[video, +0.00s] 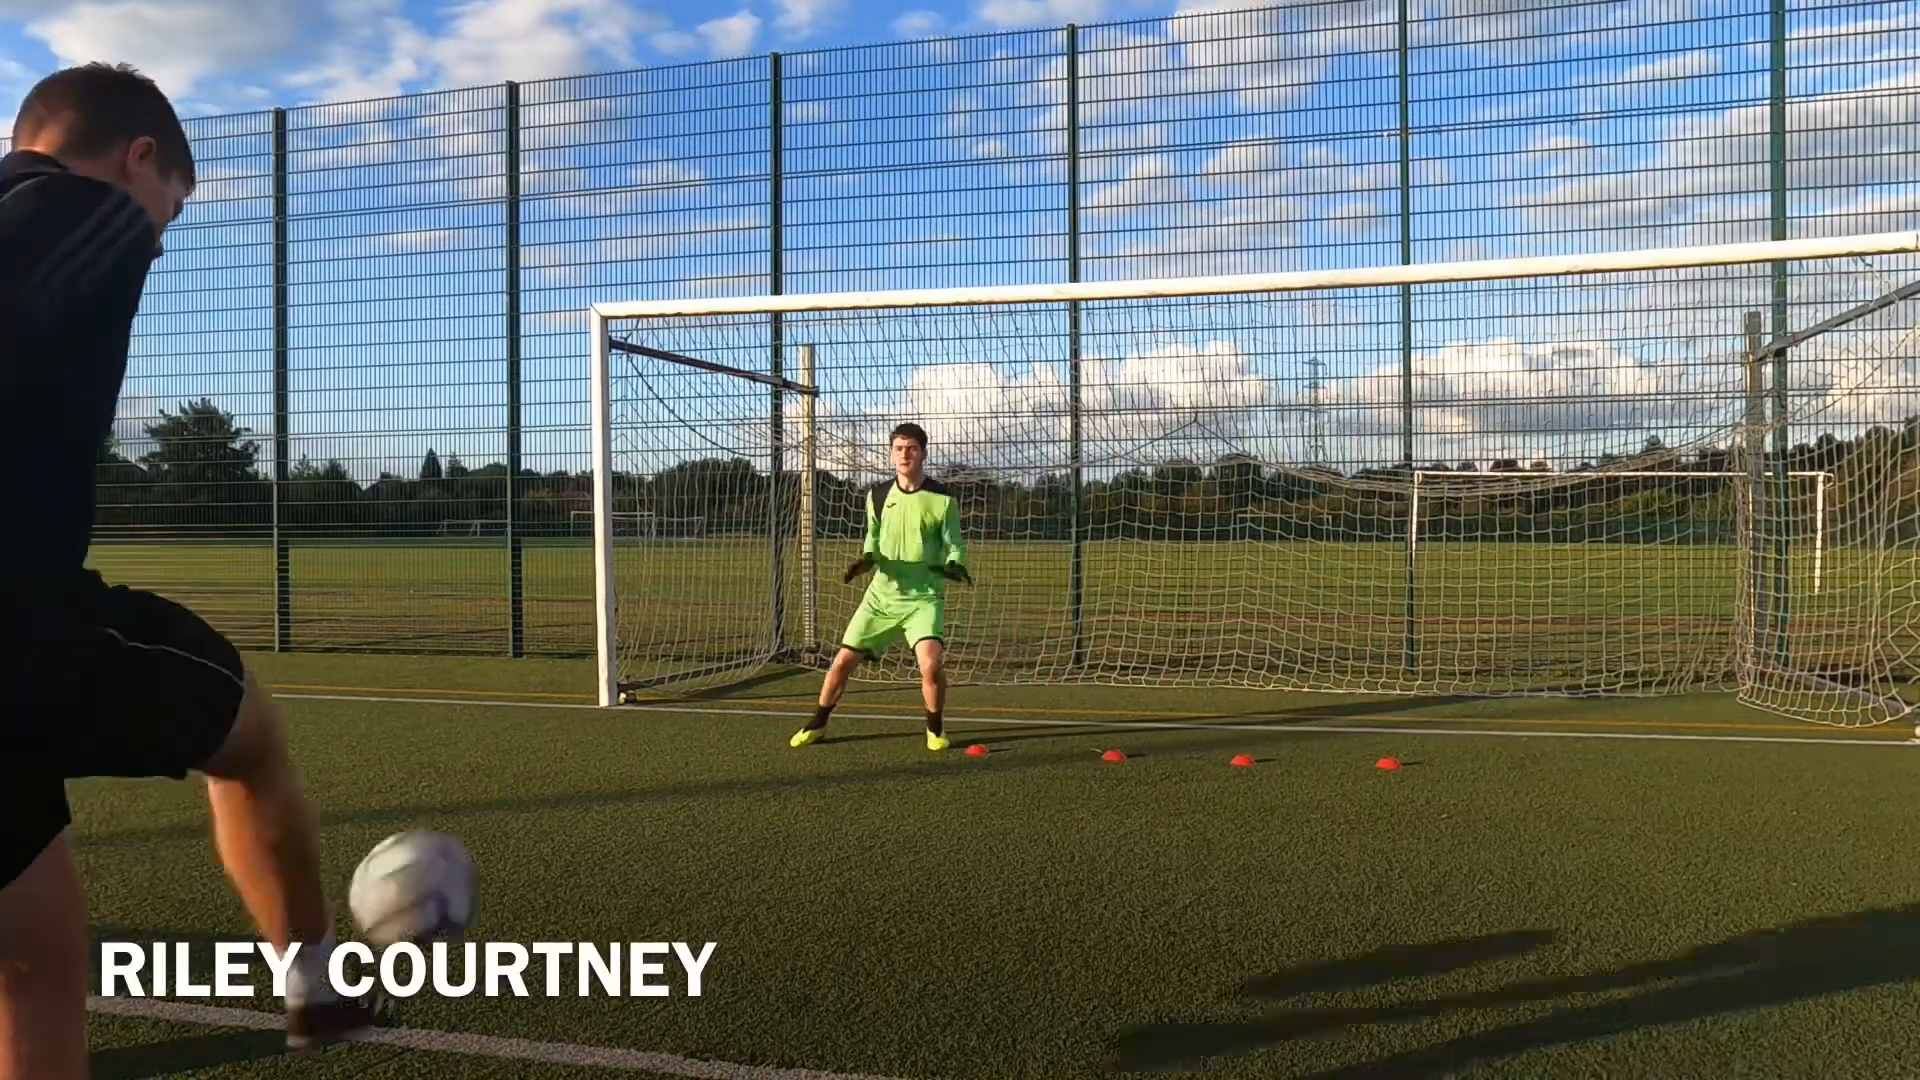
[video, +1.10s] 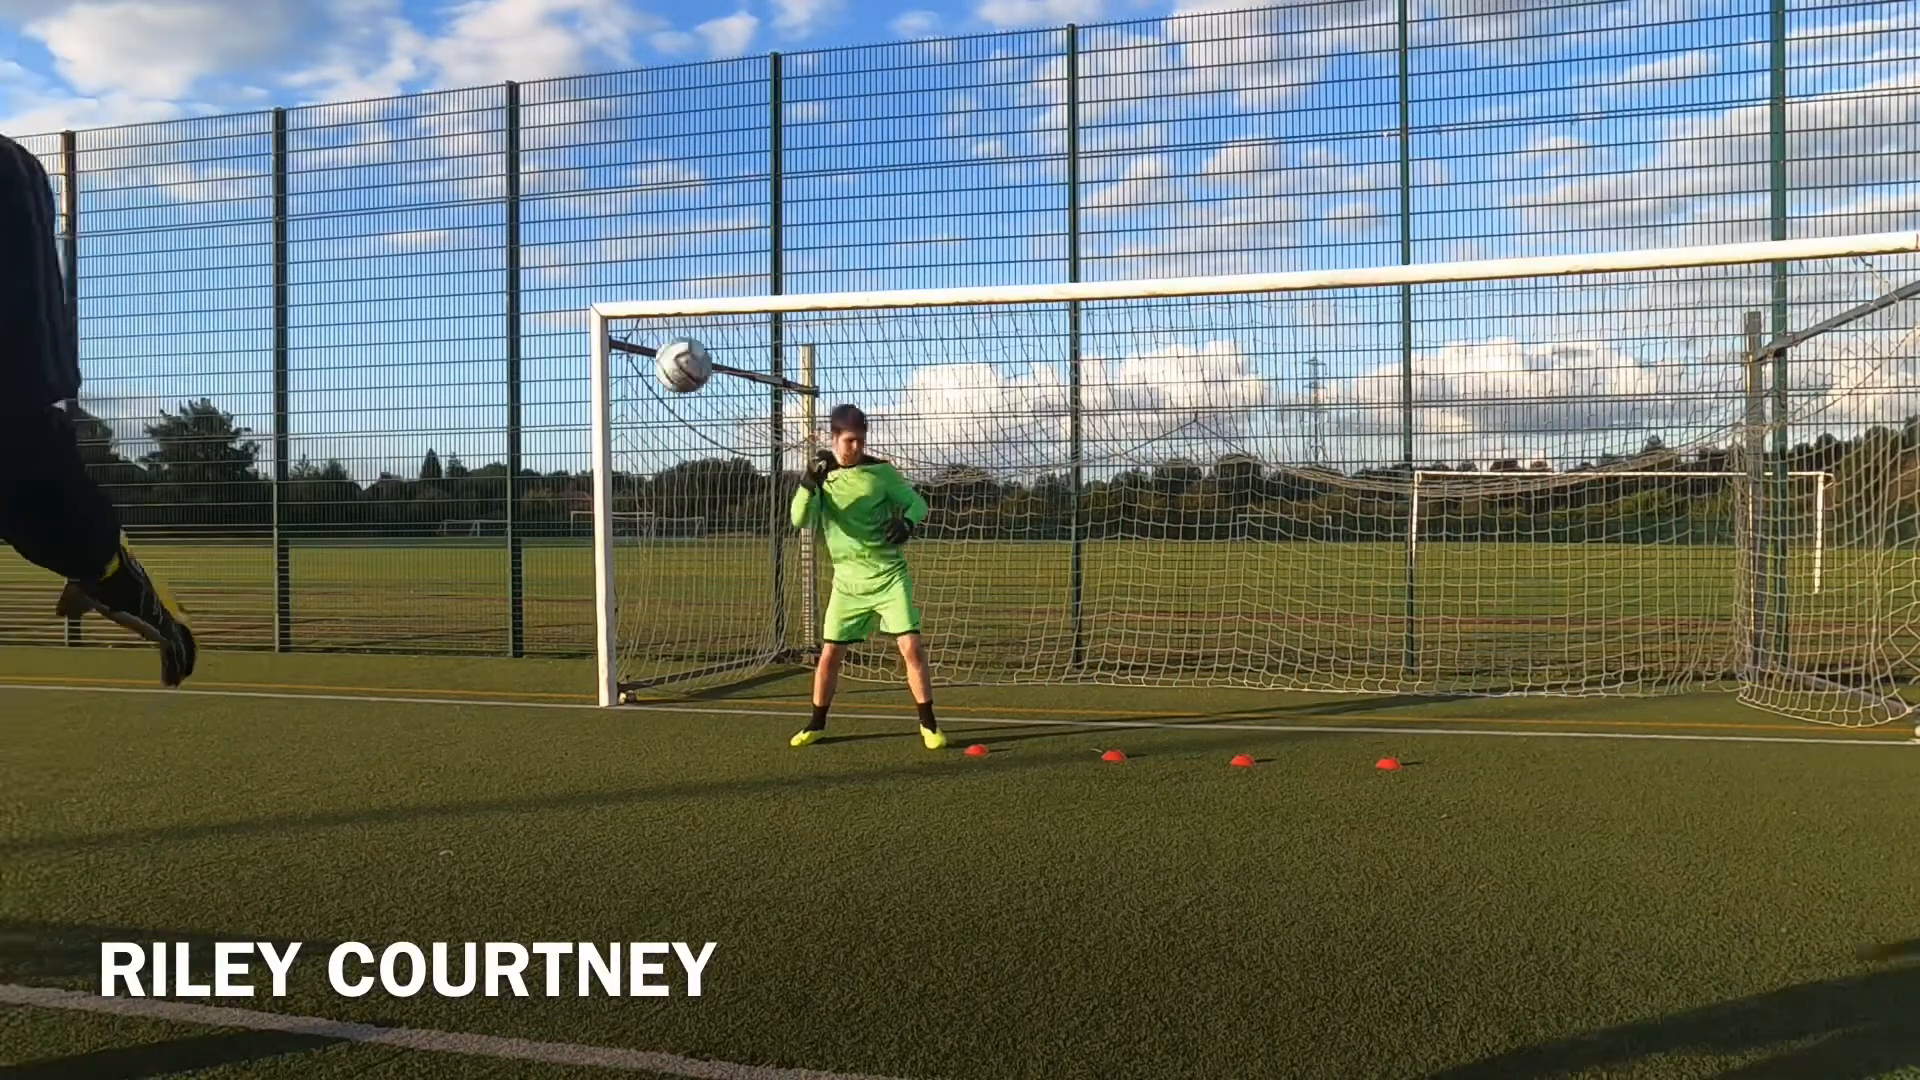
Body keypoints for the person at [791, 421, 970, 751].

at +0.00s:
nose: (904, 455)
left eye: (911, 449)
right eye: (899, 449)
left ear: (923, 454)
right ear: (891, 455)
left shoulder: (943, 501)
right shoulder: (877, 497)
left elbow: (955, 545)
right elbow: (871, 540)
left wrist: (955, 565)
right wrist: (865, 560)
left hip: (923, 599)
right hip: (880, 597)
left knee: (931, 665)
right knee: (842, 662)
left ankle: (935, 729)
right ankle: (818, 723)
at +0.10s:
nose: (892, 449)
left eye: (898, 444)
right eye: (886, 444)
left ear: (910, 448)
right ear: (879, 449)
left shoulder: (927, 496)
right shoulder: (862, 491)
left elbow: (935, 553)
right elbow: (851, 541)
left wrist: (925, 547)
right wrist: (842, 538)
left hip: (911, 597)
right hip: (866, 595)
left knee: (923, 663)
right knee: (831, 661)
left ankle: (935, 729)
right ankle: (816, 725)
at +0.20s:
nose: (880, 440)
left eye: (887, 434)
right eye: (875, 434)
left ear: (899, 439)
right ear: (866, 440)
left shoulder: (913, 485)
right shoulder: (853, 482)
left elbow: (913, 534)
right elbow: (830, 528)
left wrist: (899, 514)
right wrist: (828, 499)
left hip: (902, 590)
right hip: (858, 591)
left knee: (919, 660)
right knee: (828, 658)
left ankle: (935, 729)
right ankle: (816, 723)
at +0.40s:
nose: (851, 432)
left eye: (857, 426)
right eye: (845, 427)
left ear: (870, 429)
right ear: (838, 433)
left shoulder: (887, 472)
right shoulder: (832, 476)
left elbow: (886, 526)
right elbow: (820, 526)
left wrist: (863, 495)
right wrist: (818, 495)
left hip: (888, 578)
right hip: (846, 582)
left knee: (907, 658)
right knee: (825, 653)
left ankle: (932, 729)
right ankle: (816, 724)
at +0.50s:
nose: (834, 439)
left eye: (839, 431)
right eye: (826, 433)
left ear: (852, 435)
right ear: (820, 441)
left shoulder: (876, 472)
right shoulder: (825, 481)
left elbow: (886, 524)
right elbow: (825, 532)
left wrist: (845, 504)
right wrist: (805, 519)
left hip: (886, 579)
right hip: (845, 583)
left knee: (905, 656)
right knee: (826, 652)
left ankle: (933, 728)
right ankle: (816, 724)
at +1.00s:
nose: (828, 438)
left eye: (834, 431)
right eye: (821, 432)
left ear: (844, 436)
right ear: (812, 437)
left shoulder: (870, 472)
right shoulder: (807, 480)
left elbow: (908, 500)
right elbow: (787, 526)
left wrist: (897, 515)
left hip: (882, 576)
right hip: (840, 583)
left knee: (904, 648)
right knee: (827, 655)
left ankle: (932, 725)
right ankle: (816, 725)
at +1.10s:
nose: (854, 447)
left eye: (859, 440)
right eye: (847, 440)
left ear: (866, 438)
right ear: (833, 438)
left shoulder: (884, 473)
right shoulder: (821, 481)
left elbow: (917, 505)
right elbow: (798, 521)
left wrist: (907, 524)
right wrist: (810, 481)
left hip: (890, 578)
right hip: (846, 583)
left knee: (912, 648)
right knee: (829, 653)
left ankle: (928, 724)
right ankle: (817, 724)